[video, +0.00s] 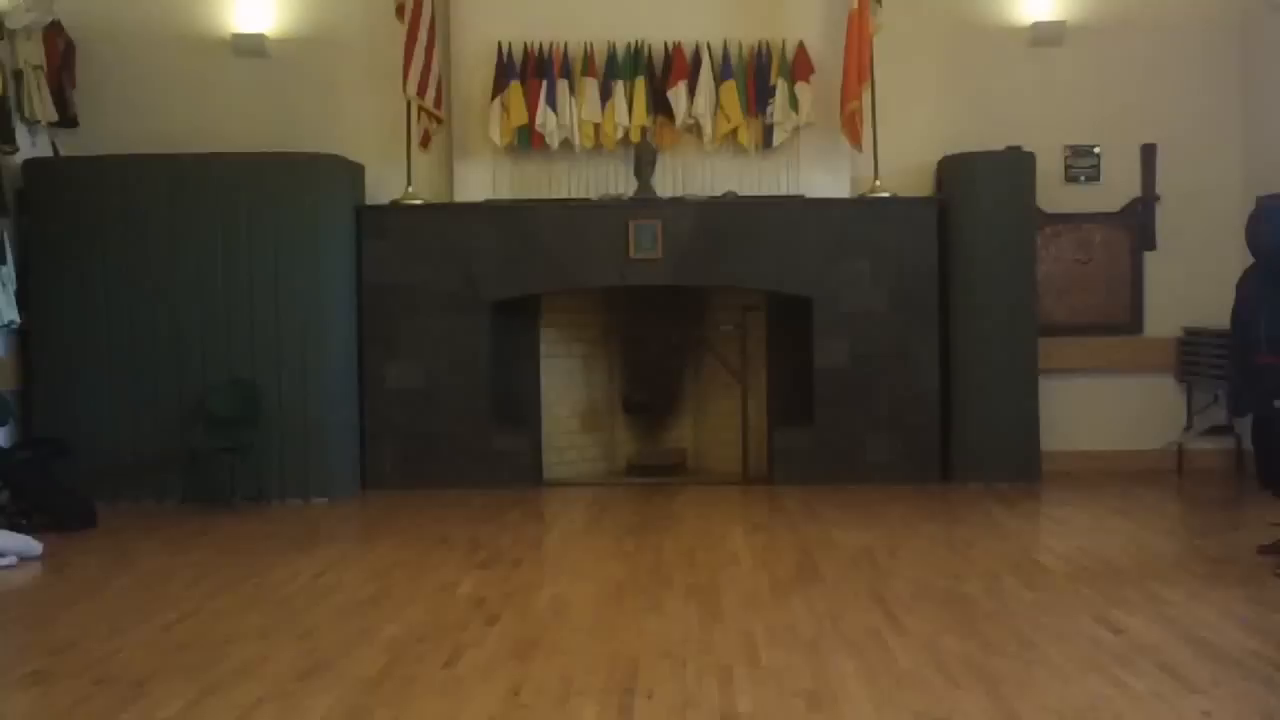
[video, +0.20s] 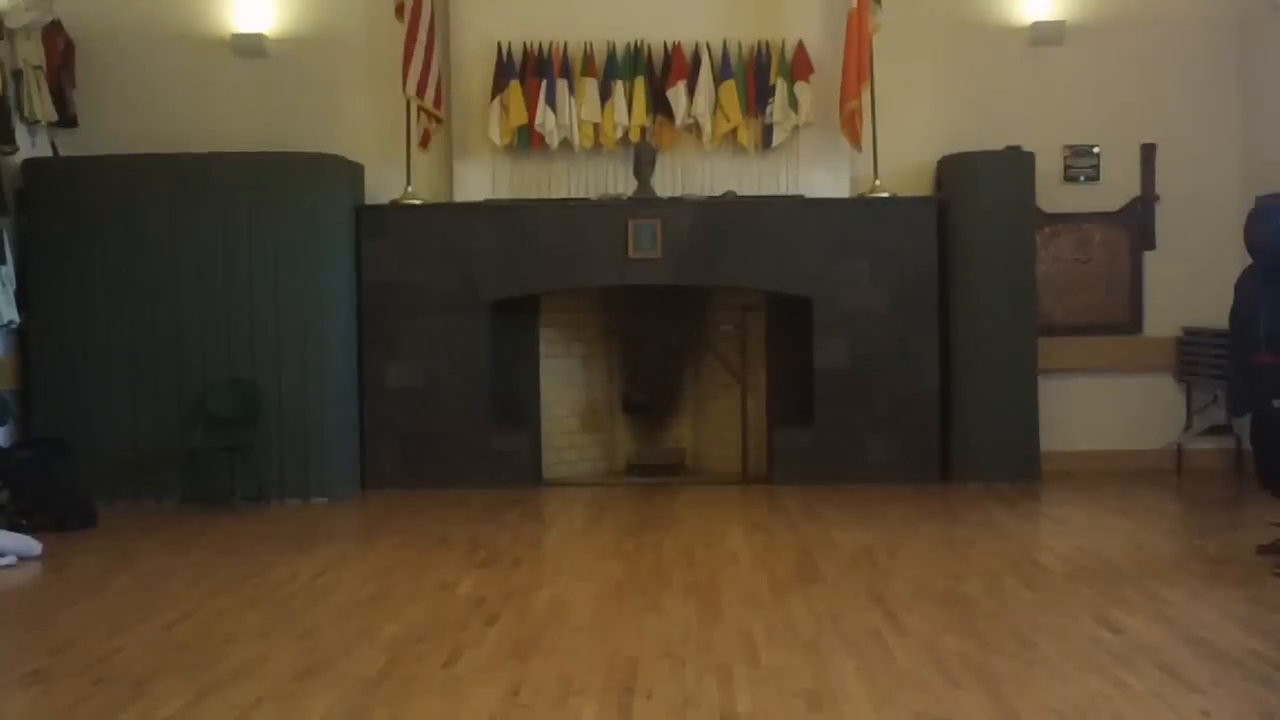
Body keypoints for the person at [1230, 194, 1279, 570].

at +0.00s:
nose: (1254, 237)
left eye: (1257, 230)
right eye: (1257, 230)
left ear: (1257, 235)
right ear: (1266, 236)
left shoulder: (1256, 280)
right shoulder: (1254, 279)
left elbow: (1244, 344)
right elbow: (1243, 343)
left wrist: (1241, 398)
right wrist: (1241, 397)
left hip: (1268, 399)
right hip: (1266, 399)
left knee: (1271, 476)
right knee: (1270, 475)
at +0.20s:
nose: (1257, 238)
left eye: (1258, 231)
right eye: (1260, 230)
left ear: (1255, 237)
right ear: (1265, 237)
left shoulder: (1254, 281)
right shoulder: (1253, 280)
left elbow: (1242, 347)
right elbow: (1242, 346)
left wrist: (1239, 401)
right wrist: (1240, 400)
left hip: (1268, 401)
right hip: (1266, 402)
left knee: (1271, 477)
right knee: (1270, 476)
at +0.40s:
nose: (1255, 238)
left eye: (1258, 230)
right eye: (1258, 230)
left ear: (1257, 235)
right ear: (1265, 236)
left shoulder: (1255, 280)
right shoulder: (1253, 279)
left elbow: (1242, 344)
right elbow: (1241, 343)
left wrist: (1240, 398)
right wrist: (1240, 398)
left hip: (1268, 398)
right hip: (1266, 398)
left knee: (1271, 475)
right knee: (1270, 475)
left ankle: (1279, 539)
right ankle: (1279, 538)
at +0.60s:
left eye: (1259, 232)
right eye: (1263, 232)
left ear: (1254, 237)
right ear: (1266, 238)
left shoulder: (1252, 280)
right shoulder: (1252, 279)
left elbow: (1241, 344)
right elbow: (1240, 343)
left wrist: (1238, 398)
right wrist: (1239, 397)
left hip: (1266, 393)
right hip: (1265, 394)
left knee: (1271, 475)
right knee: (1270, 475)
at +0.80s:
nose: (1257, 238)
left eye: (1258, 231)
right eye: (1261, 231)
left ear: (1255, 237)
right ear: (1264, 237)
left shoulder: (1253, 280)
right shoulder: (1251, 279)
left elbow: (1241, 344)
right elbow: (1240, 343)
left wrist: (1239, 398)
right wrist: (1239, 397)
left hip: (1267, 396)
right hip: (1265, 397)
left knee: (1271, 475)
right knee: (1270, 475)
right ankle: (1278, 537)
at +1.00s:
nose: (1258, 239)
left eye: (1258, 231)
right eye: (1261, 231)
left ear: (1254, 236)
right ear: (1265, 237)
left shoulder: (1252, 280)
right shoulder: (1251, 279)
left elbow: (1240, 343)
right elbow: (1240, 343)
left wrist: (1239, 398)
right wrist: (1239, 397)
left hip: (1267, 397)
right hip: (1266, 398)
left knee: (1272, 476)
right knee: (1271, 475)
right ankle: (1278, 538)